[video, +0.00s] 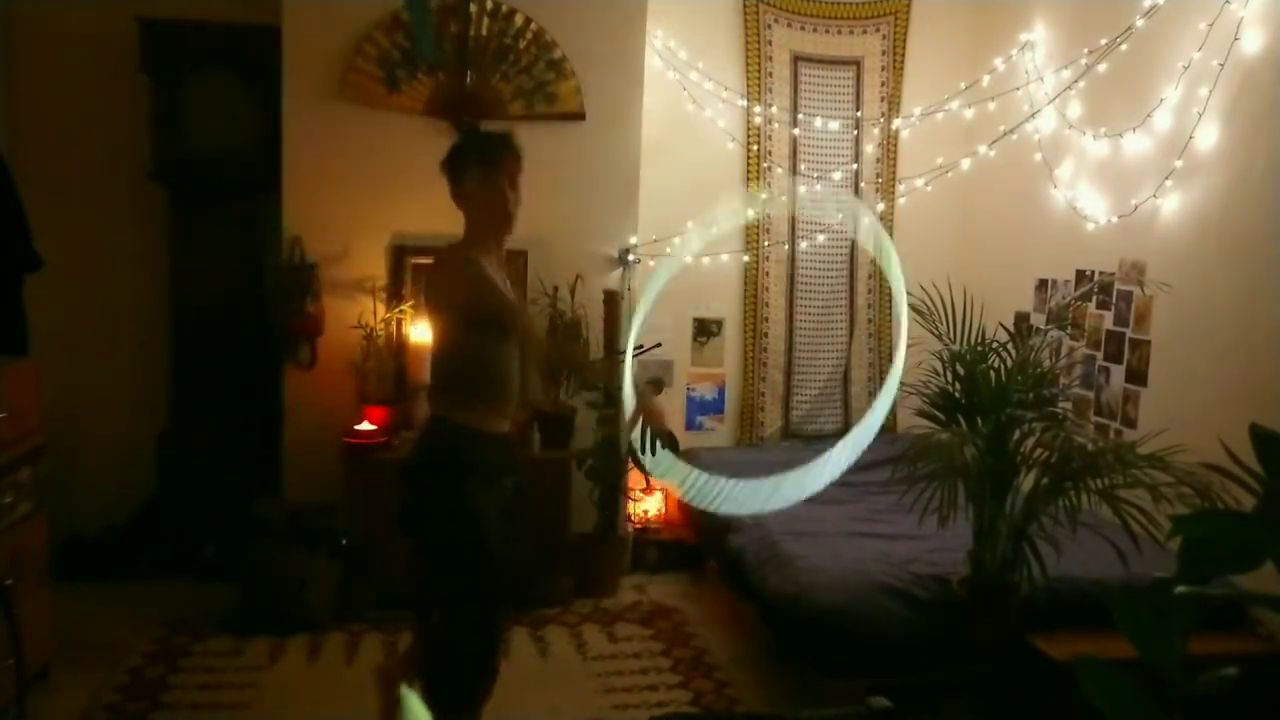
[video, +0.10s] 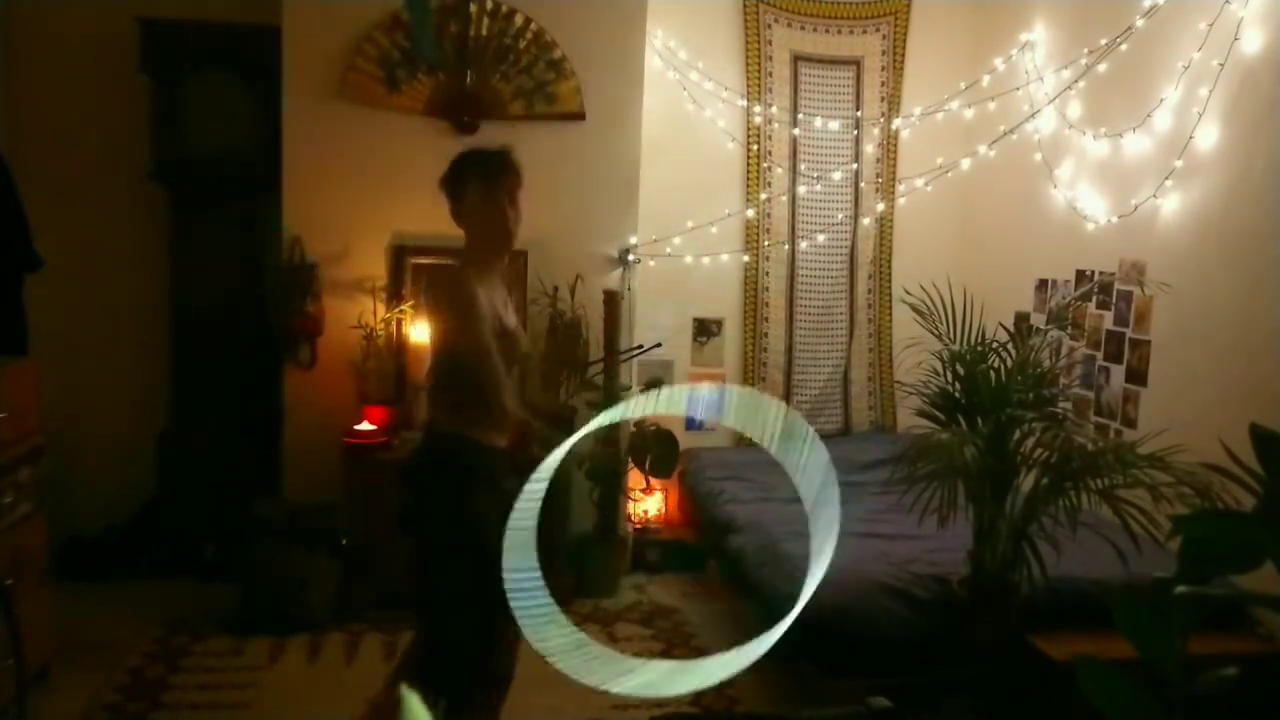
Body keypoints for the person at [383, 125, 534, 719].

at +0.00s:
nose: (510, 198)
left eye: (514, 184)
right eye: (494, 184)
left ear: (519, 189)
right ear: (461, 192)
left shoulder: (499, 271)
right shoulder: (459, 268)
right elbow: (520, 338)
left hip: (491, 454)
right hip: (457, 455)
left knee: (474, 605)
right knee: (470, 616)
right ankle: (454, 705)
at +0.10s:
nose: (516, 212)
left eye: (516, 199)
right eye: (504, 199)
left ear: (513, 206)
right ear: (467, 205)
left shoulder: (496, 286)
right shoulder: (459, 285)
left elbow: (513, 389)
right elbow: (494, 398)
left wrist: (553, 422)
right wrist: (534, 433)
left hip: (486, 464)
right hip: (455, 465)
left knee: (482, 631)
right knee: (464, 633)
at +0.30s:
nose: (497, 255)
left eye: (497, 239)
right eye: (483, 241)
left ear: (495, 241)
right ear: (450, 246)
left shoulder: (477, 327)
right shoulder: (442, 339)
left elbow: (501, 430)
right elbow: (477, 452)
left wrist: (503, 460)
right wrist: (517, 471)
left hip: (463, 528)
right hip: (442, 535)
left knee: (412, 671)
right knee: (528, 651)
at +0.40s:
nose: (487, 256)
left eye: (490, 241)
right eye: (470, 244)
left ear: (500, 246)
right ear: (439, 255)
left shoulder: (502, 324)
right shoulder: (432, 341)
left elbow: (509, 417)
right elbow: (468, 448)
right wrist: (521, 488)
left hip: (482, 521)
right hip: (438, 527)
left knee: (418, 682)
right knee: (531, 668)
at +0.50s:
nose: (482, 254)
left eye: (488, 239)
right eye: (466, 242)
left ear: (498, 246)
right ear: (438, 255)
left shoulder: (514, 322)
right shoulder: (430, 343)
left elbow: (522, 411)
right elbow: (442, 444)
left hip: (506, 514)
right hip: (448, 517)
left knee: (449, 673)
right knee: (532, 680)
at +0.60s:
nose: (479, 253)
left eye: (487, 236)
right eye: (463, 239)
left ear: (501, 241)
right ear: (438, 248)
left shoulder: (528, 327)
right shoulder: (425, 348)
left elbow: (537, 426)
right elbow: (430, 463)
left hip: (528, 514)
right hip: (464, 520)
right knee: (507, 681)